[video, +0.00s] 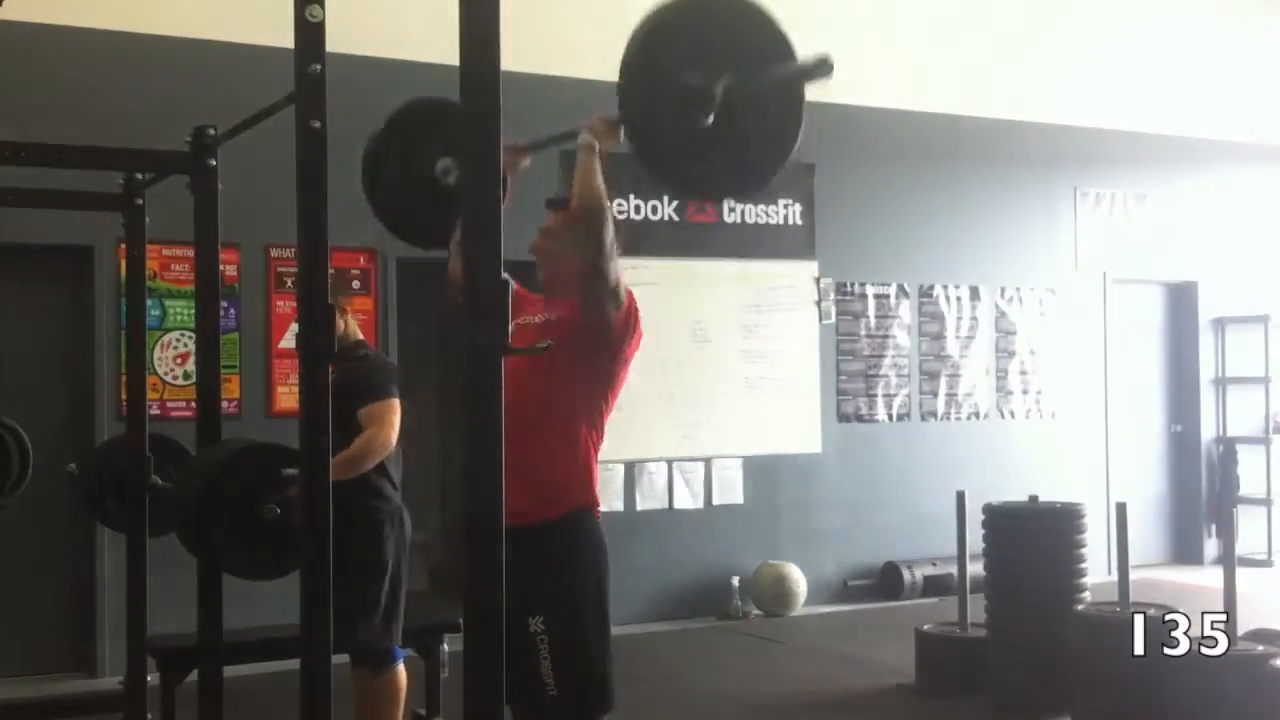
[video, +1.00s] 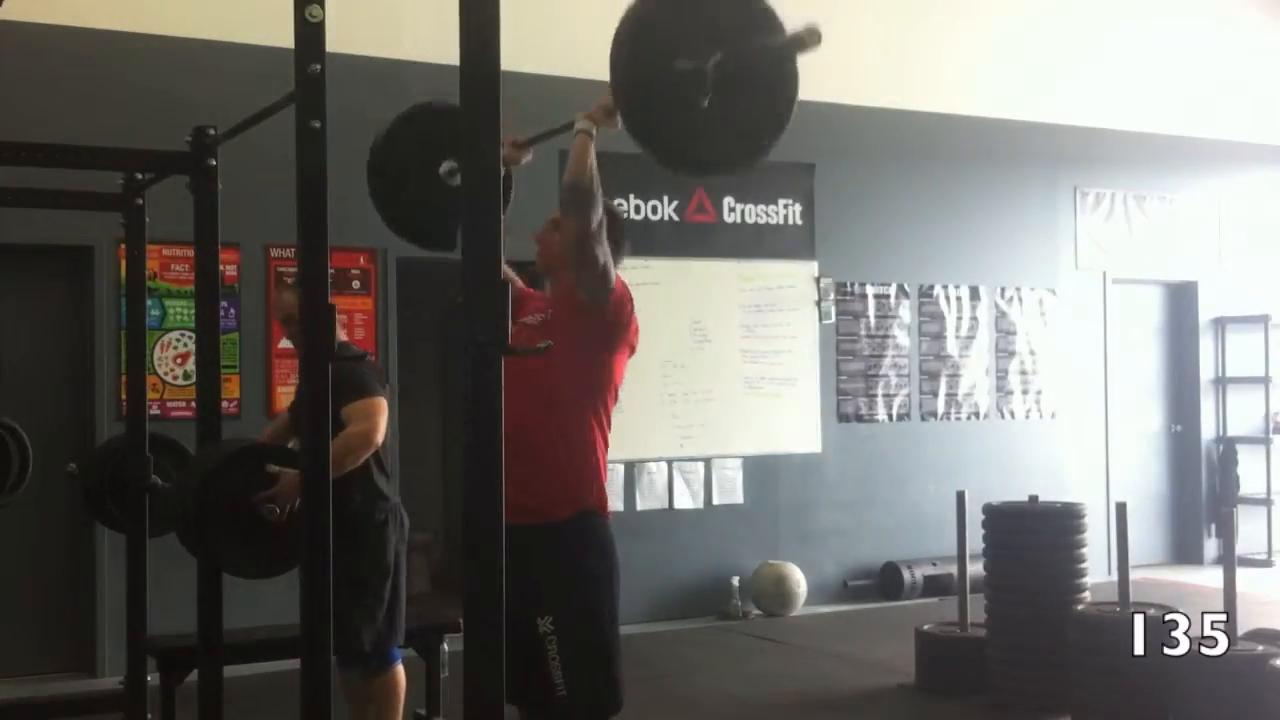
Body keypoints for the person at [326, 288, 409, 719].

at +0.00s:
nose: (315, 331)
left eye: (321, 319)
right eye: (311, 321)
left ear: (342, 315)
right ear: (327, 318)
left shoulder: (369, 366)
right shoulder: (327, 370)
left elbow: (382, 436)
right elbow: (326, 438)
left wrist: (319, 474)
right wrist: (299, 478)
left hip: (374, 513)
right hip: (344, 511)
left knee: (377, 646)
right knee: (360, 645)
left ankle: (388, 718)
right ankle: (368, 717)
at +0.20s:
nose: (288, 316)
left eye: (294, 306)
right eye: (289, 307)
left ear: (313, 309)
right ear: (331, 306)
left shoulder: (356, 364)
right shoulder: (328, 365)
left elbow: (378, 432)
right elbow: (340, 439)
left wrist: (314, 479)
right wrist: (305, 487)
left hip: (371, 516)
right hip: (346, 513)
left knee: (377, 650)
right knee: (361, 649)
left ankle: (387, 719)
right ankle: (369, 717)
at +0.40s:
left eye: (291, 300)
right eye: (286, 296)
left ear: (314, 312)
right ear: (319, 309)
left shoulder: (352, 364)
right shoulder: (325, 363)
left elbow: (374, 432)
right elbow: (335, 439)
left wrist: (311, 481)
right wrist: (302, 484)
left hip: (370, 515)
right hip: (348, 513)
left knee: (374, 651)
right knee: (364, 649)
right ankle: (371, 717)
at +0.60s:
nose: (287, 335)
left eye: (293, 324)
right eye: (283, 325)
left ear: (317, 321)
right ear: (287, 328)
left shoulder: (352, 366)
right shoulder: (314, 372)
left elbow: (372, 434)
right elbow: (304, 430)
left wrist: (311, 482)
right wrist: (260, 458)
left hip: (370, 516)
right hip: (341, 515)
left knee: (374, 650)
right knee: (361, 648)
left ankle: (385, 718)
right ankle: (369, 716)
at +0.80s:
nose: (280, 330)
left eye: (287, 319)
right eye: (276, 321)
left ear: (313, 318)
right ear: (279, 324)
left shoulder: (347, 367)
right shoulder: (308, 372)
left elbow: (367, 427)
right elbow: (283, 424)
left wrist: (307, 476)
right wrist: (241, 460)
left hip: (367, 519)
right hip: (338, 518)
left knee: (372, 651)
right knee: (357, 649)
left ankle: (385, 718)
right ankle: (368, 715)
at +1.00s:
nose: (285, 331)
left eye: (292, 321)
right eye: (282, 322)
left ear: (317, 319)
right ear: (287, 325)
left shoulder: (352, 366)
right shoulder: (316, 371)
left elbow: (368, 431)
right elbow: (287, 425)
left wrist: (305, 476)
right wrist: (246, 463)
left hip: (371, 519)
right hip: (339, 519)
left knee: (376, 649)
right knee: (350, 649)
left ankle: (389, 719)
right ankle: (363, 717)